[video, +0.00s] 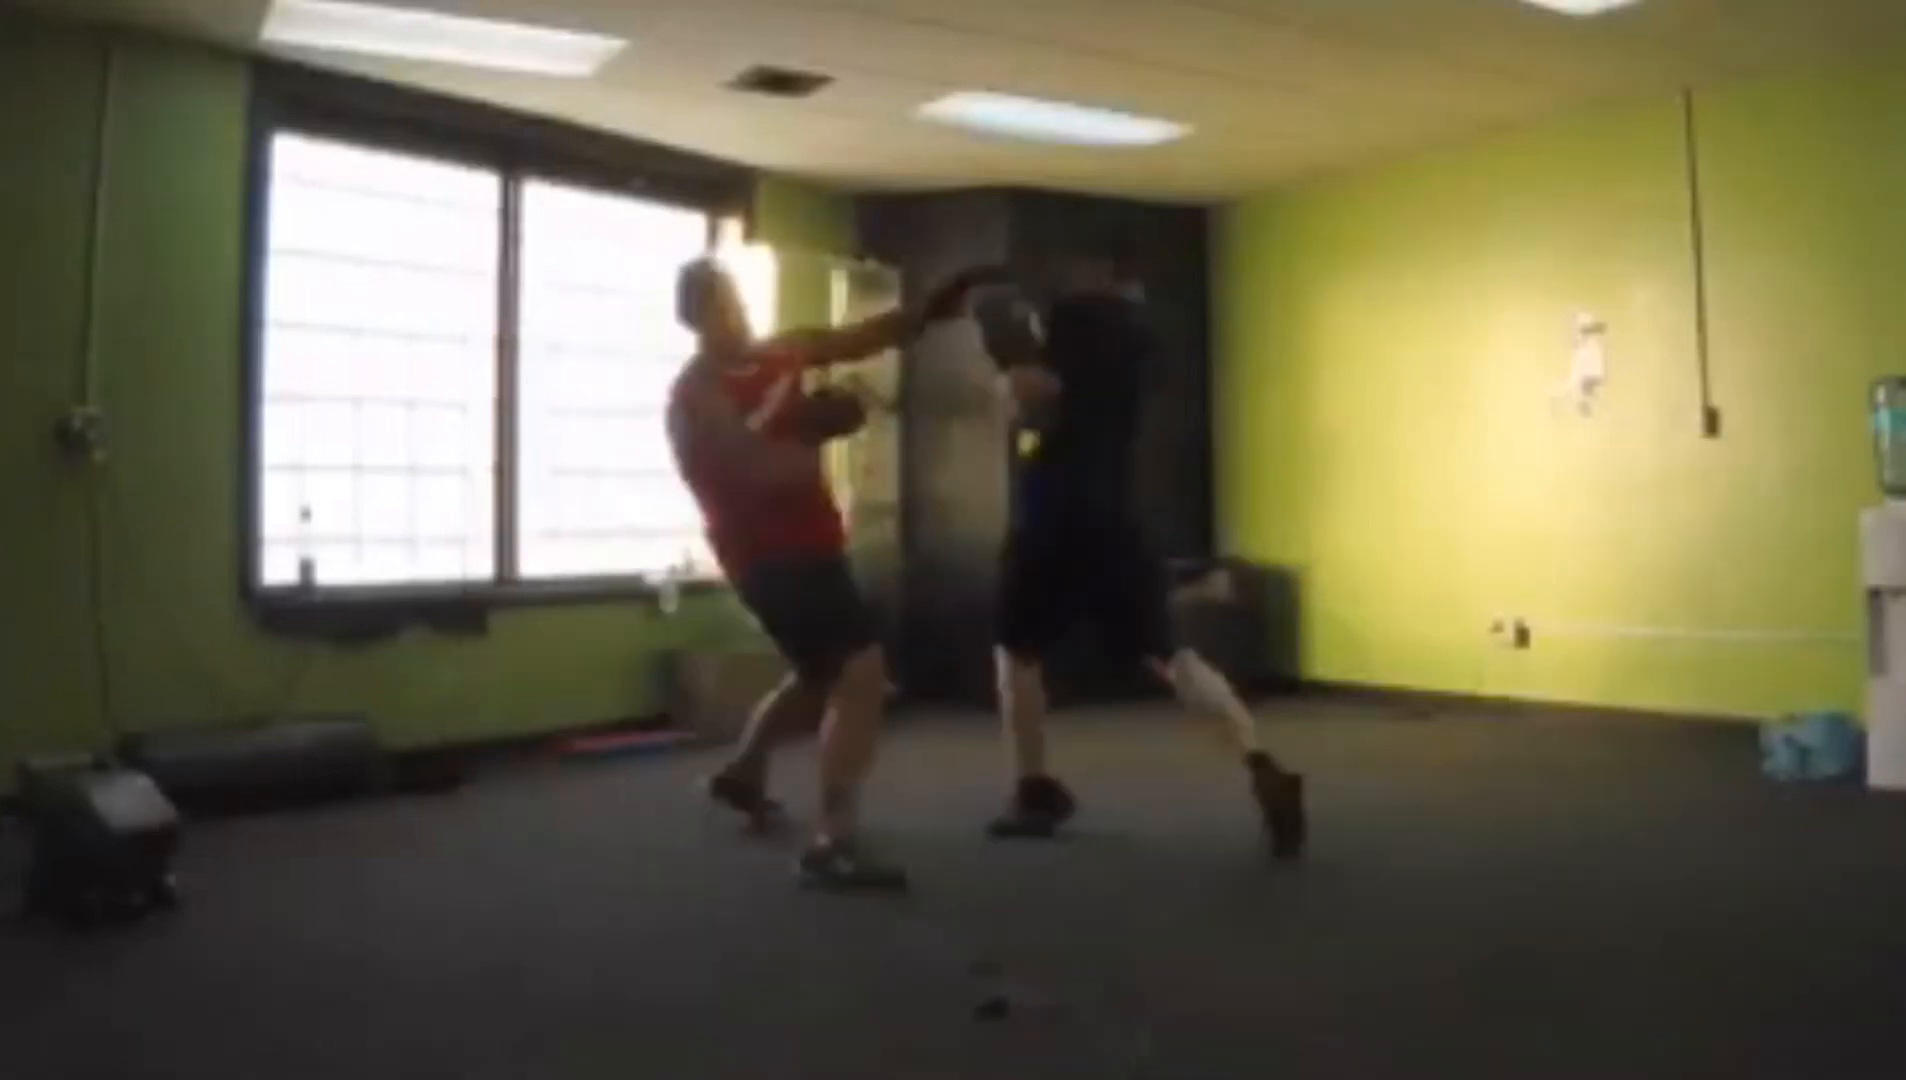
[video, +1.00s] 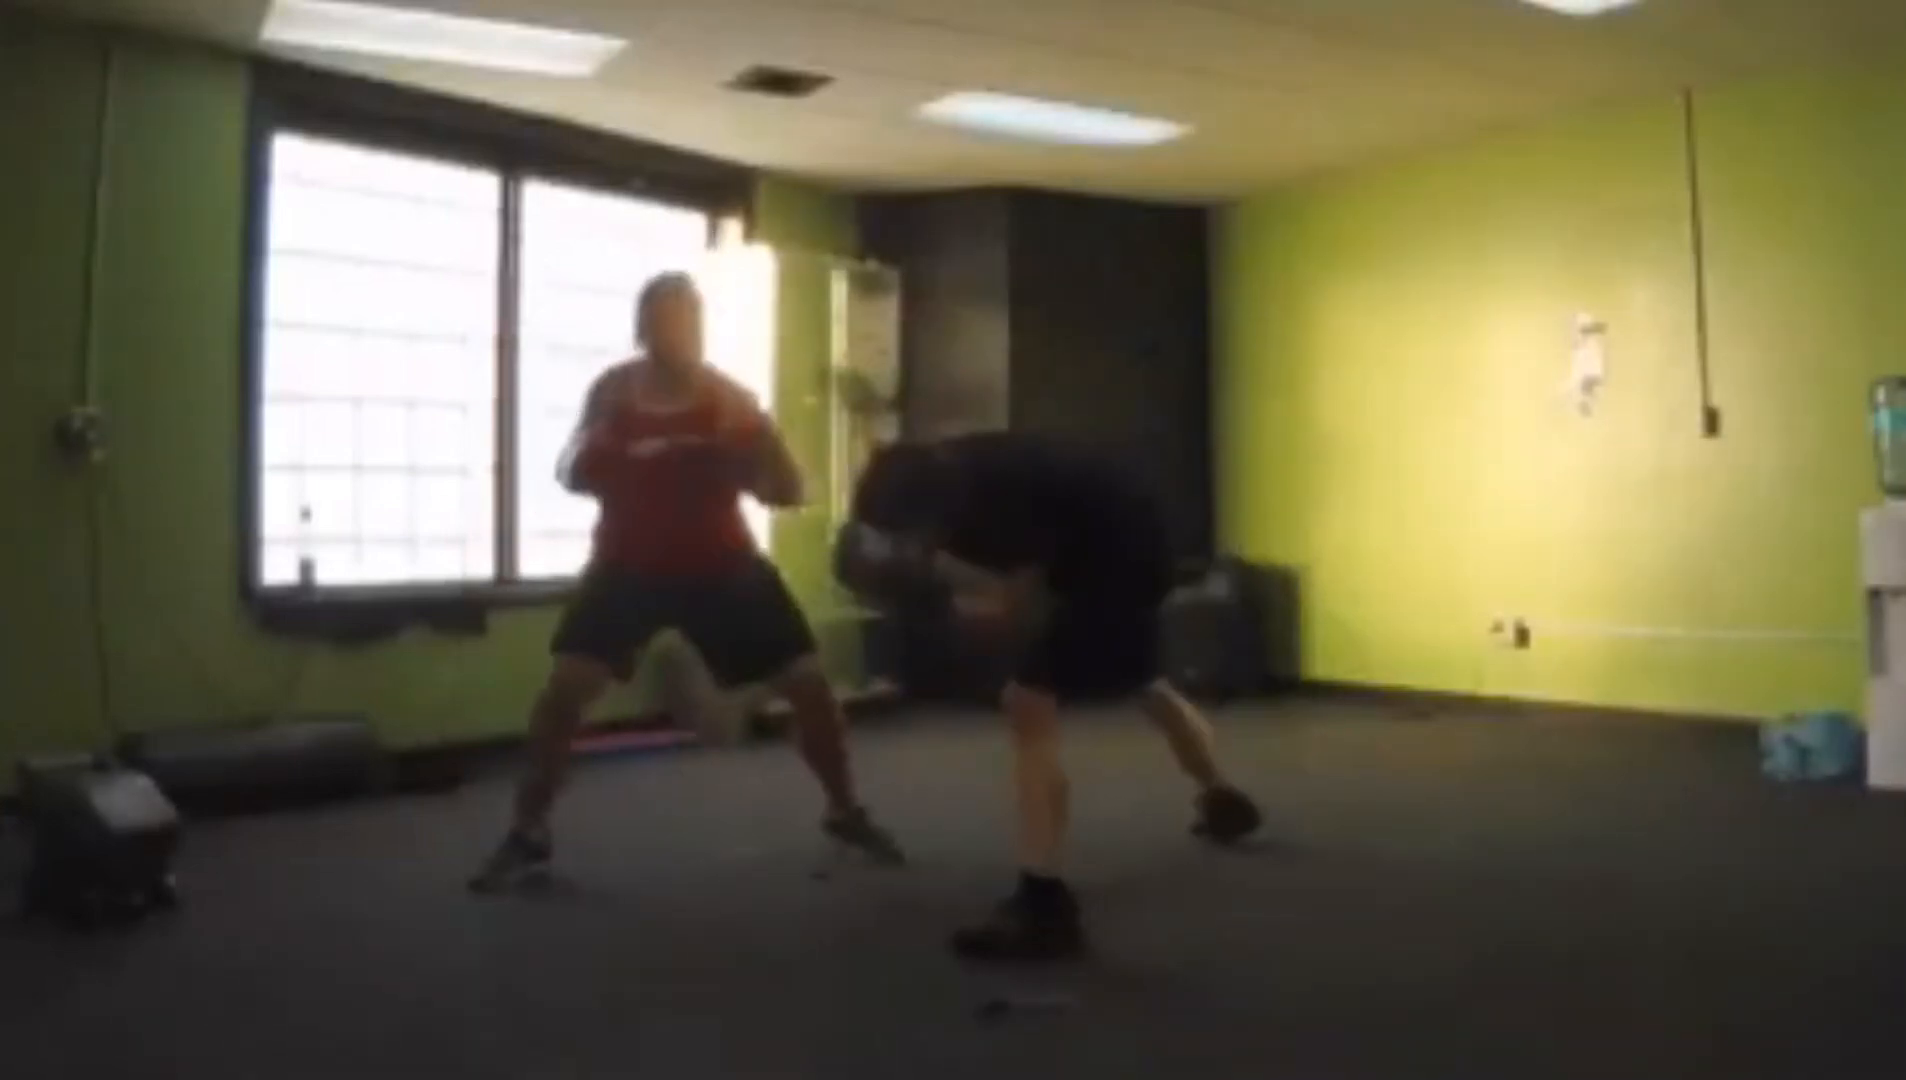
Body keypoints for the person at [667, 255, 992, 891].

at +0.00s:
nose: (732, 312)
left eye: (732, 297)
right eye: (716, 303)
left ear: (740, 302)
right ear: (695, 316)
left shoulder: (781, 356)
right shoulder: (696, 396)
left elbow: (856, 340)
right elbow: (750, 466)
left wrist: (925, 315)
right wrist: (818, 426)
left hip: (814, 546)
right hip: (767, 558)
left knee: (819, 681)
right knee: (861, 676)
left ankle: (743, 774)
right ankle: (834, 842)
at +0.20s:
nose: (706, 313)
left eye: (709, 297)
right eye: (689, 305)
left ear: (724, 298)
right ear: (674, 318)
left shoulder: (781, 344)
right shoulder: (669, 401)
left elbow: (877, 338)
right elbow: (644, 509)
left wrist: (960, 333)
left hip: (830, 537)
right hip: (761, 556)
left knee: (856, 663)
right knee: (823, 668)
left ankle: (799, 774)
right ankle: (824, 841)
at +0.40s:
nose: (709, 297)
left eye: (713, 282)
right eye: (694, 288)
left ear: (729, 283)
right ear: (674, 300)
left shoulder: (778, 344)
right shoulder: (659, 378)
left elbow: (849, 385)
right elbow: (617, 473)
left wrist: (849, 403)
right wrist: (659, 474)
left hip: (798, 538)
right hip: (721, 554)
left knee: (824, 681)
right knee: (753, 687)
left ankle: (792, 811)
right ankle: (768, 838)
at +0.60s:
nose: (685, 315)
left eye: (691, 300)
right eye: (670, 303)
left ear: (705, 303)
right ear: (647, 314)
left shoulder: (744, 377)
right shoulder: (626, 389)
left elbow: (814, 431)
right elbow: (589, 498)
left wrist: (824, 393)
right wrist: (634, 434)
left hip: (744, 557)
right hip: (651, 565)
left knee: (815, 688)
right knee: (603, 708)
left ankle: (782, 817)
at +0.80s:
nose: (647, 329)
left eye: (653, 314)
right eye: (631, 318)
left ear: (668, 315)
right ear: (608, 327)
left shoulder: (702, 380)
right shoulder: (589, 396)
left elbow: (786, 414)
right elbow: (533, 490)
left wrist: (852, 433)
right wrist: (562, 433)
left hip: (705, 561)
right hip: (615, 567)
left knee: (778, 680)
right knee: (559, 689)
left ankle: (824, 802)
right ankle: (528, 833)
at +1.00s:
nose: (676, 332)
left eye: (685, 317)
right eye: (663, 319)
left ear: (701, 325)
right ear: (643, 328)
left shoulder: (729, 402)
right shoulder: (616, 392)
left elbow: (786, 489)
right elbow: (576, 474)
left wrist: (731, 451)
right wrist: (638, 458)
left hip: (722, 568)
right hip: (629, 571)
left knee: (809, 684)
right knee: (565, 691)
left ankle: (845, 812)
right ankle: (528, 835)